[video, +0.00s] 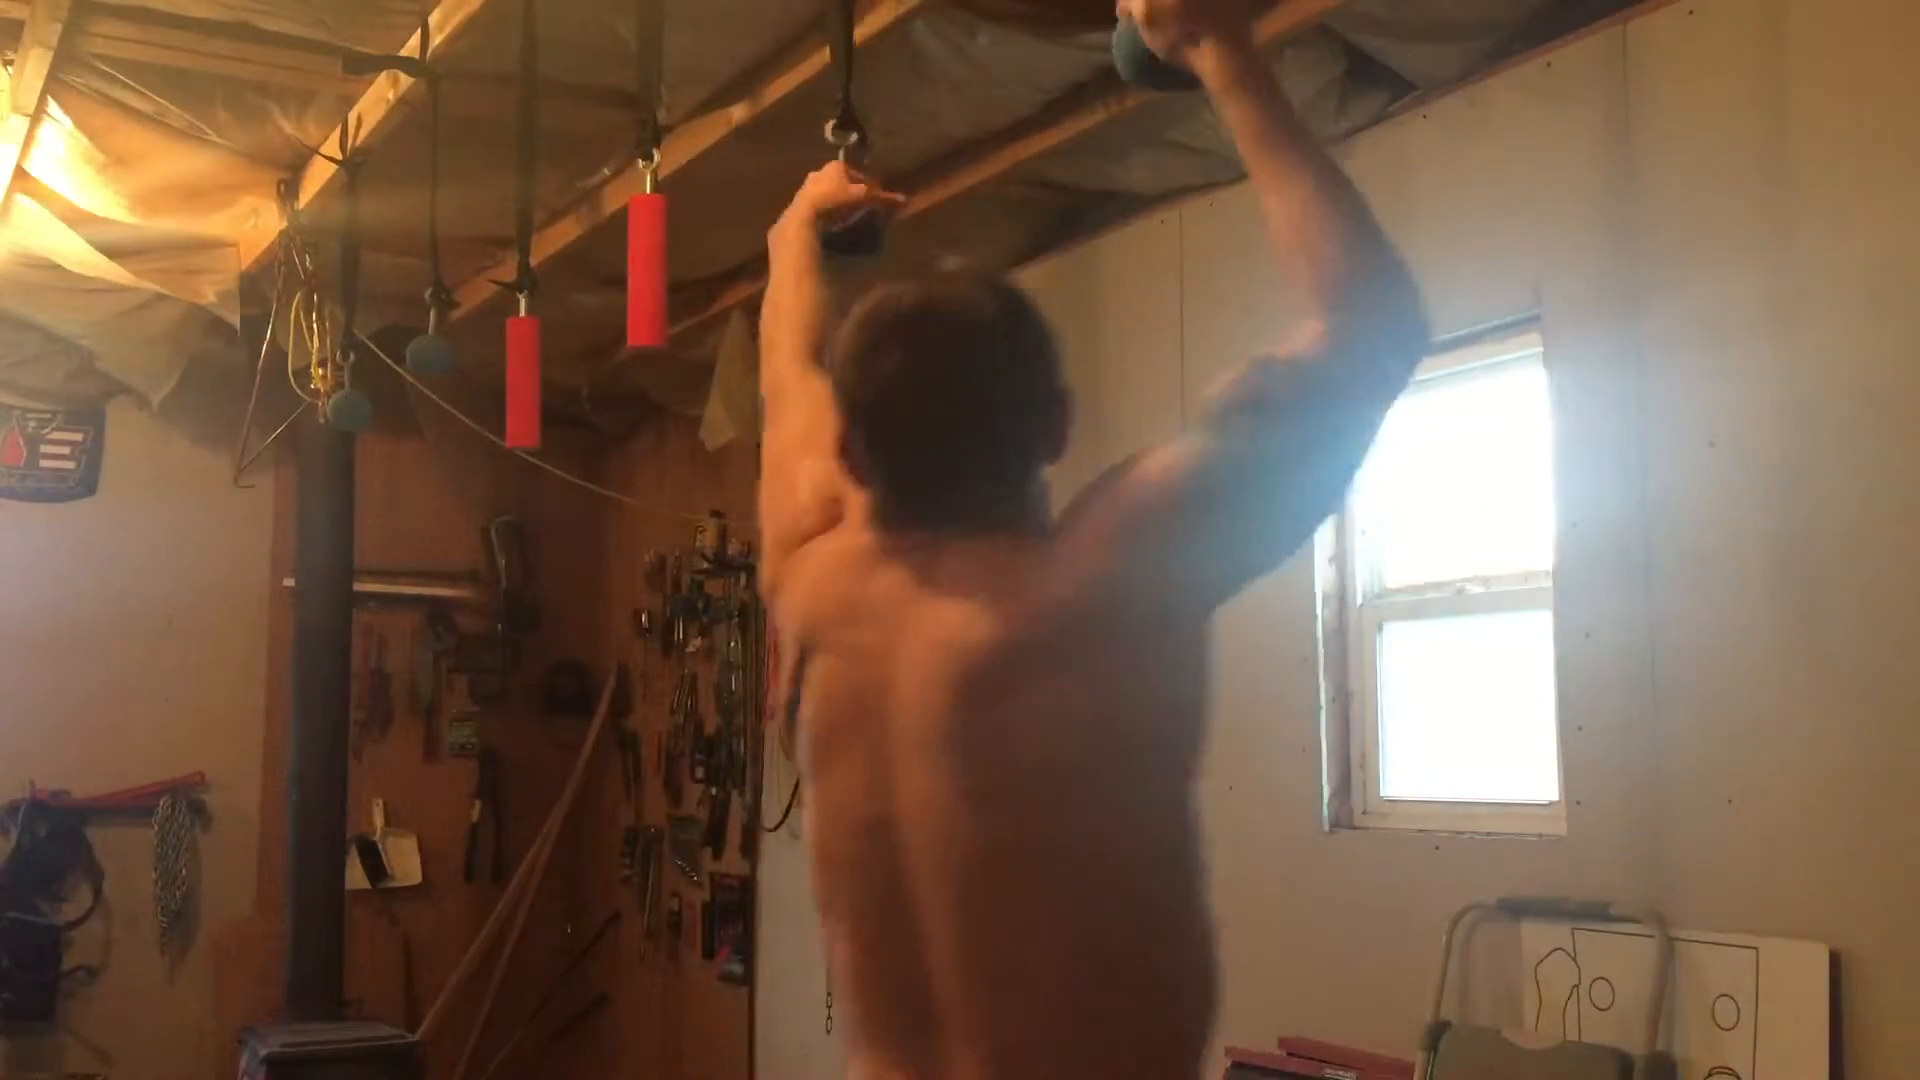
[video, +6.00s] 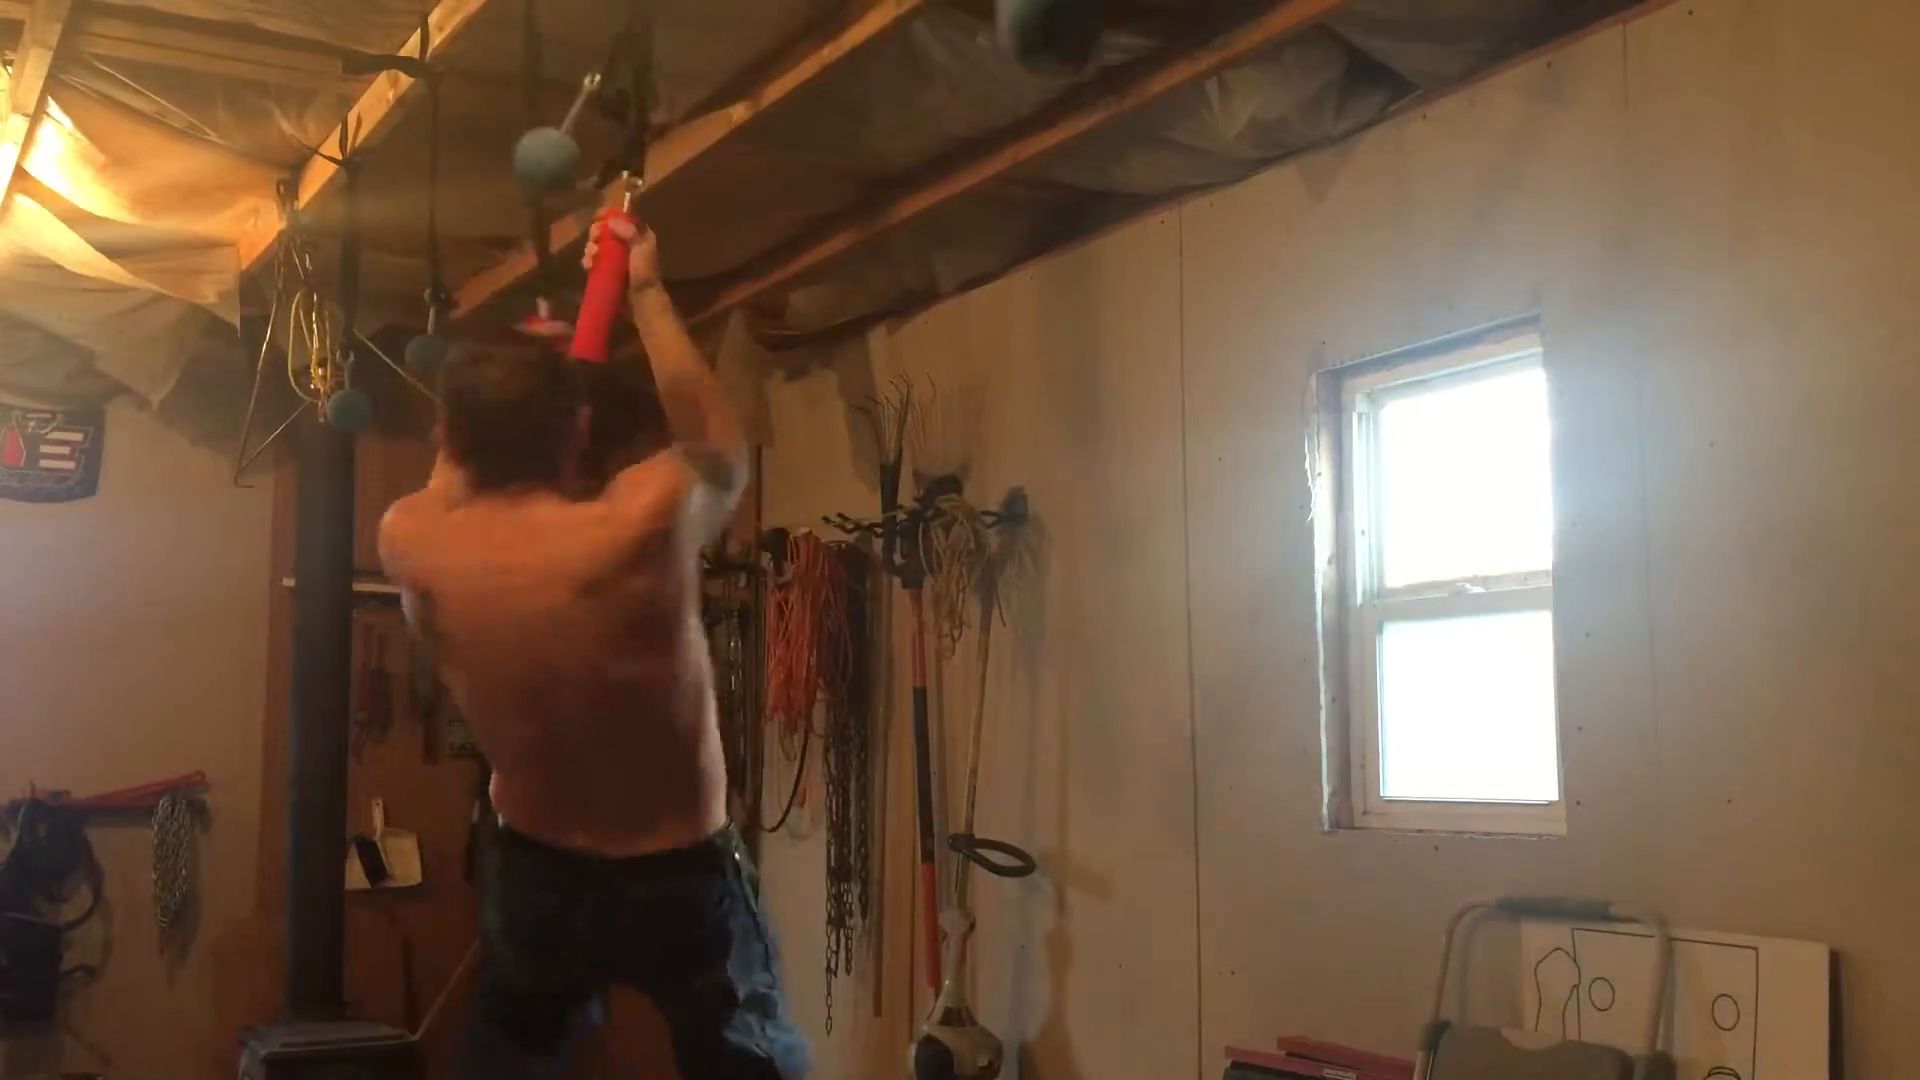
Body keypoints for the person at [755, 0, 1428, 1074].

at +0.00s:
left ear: (850, 452)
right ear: (1057, 430)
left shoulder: (822, 601)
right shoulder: (1120, 580)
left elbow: (792, 380)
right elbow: (1371, 332)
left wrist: (796, 221)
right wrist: (1226, 51)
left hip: (888, 1064)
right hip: (1124, 1063)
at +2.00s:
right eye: (1115, 42)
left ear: (925, 166)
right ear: (1110, 53)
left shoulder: (947, 349)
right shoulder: (1230, 152)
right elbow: (1619, 140)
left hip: (1338, 883)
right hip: (1566, 753)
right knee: (1877, 1011)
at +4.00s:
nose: (899, 399)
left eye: (920, 383)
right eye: (910, 381)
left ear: (968, 408)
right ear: (978, 414)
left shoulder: (1014, 511)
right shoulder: (935, 504)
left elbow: (801, 506)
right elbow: (730, 451)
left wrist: (809, 311)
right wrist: (671, 288)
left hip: (843, 894)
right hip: (799, 875)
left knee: (460, 1005)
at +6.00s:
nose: (585, 426)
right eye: (580, 412)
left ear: (453, 440)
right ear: (574, 436)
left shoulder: (418, 547)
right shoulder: (648, 518)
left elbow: (452, 464)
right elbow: (714, 446)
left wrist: (507, 375)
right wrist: (645, 292)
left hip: (533, 878)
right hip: (681, 881)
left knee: (516, 1046)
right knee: (746, 1055)